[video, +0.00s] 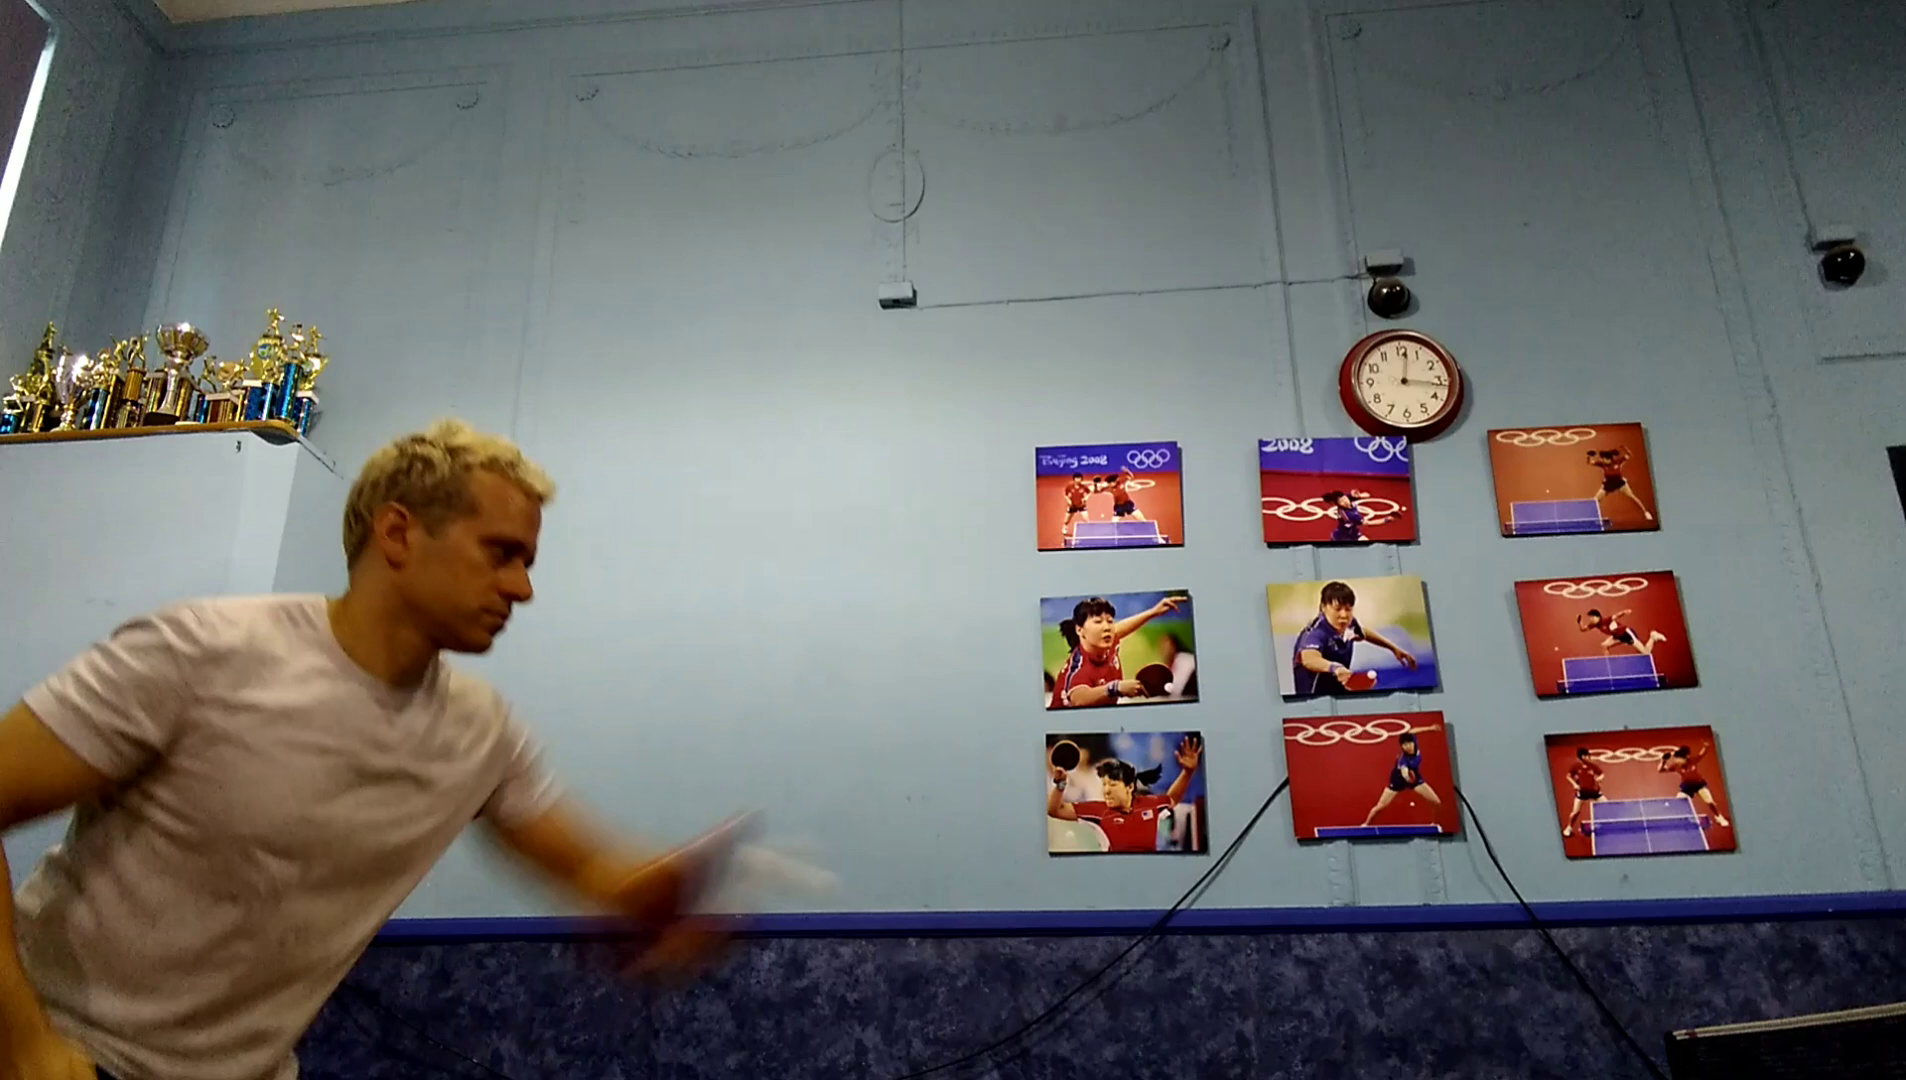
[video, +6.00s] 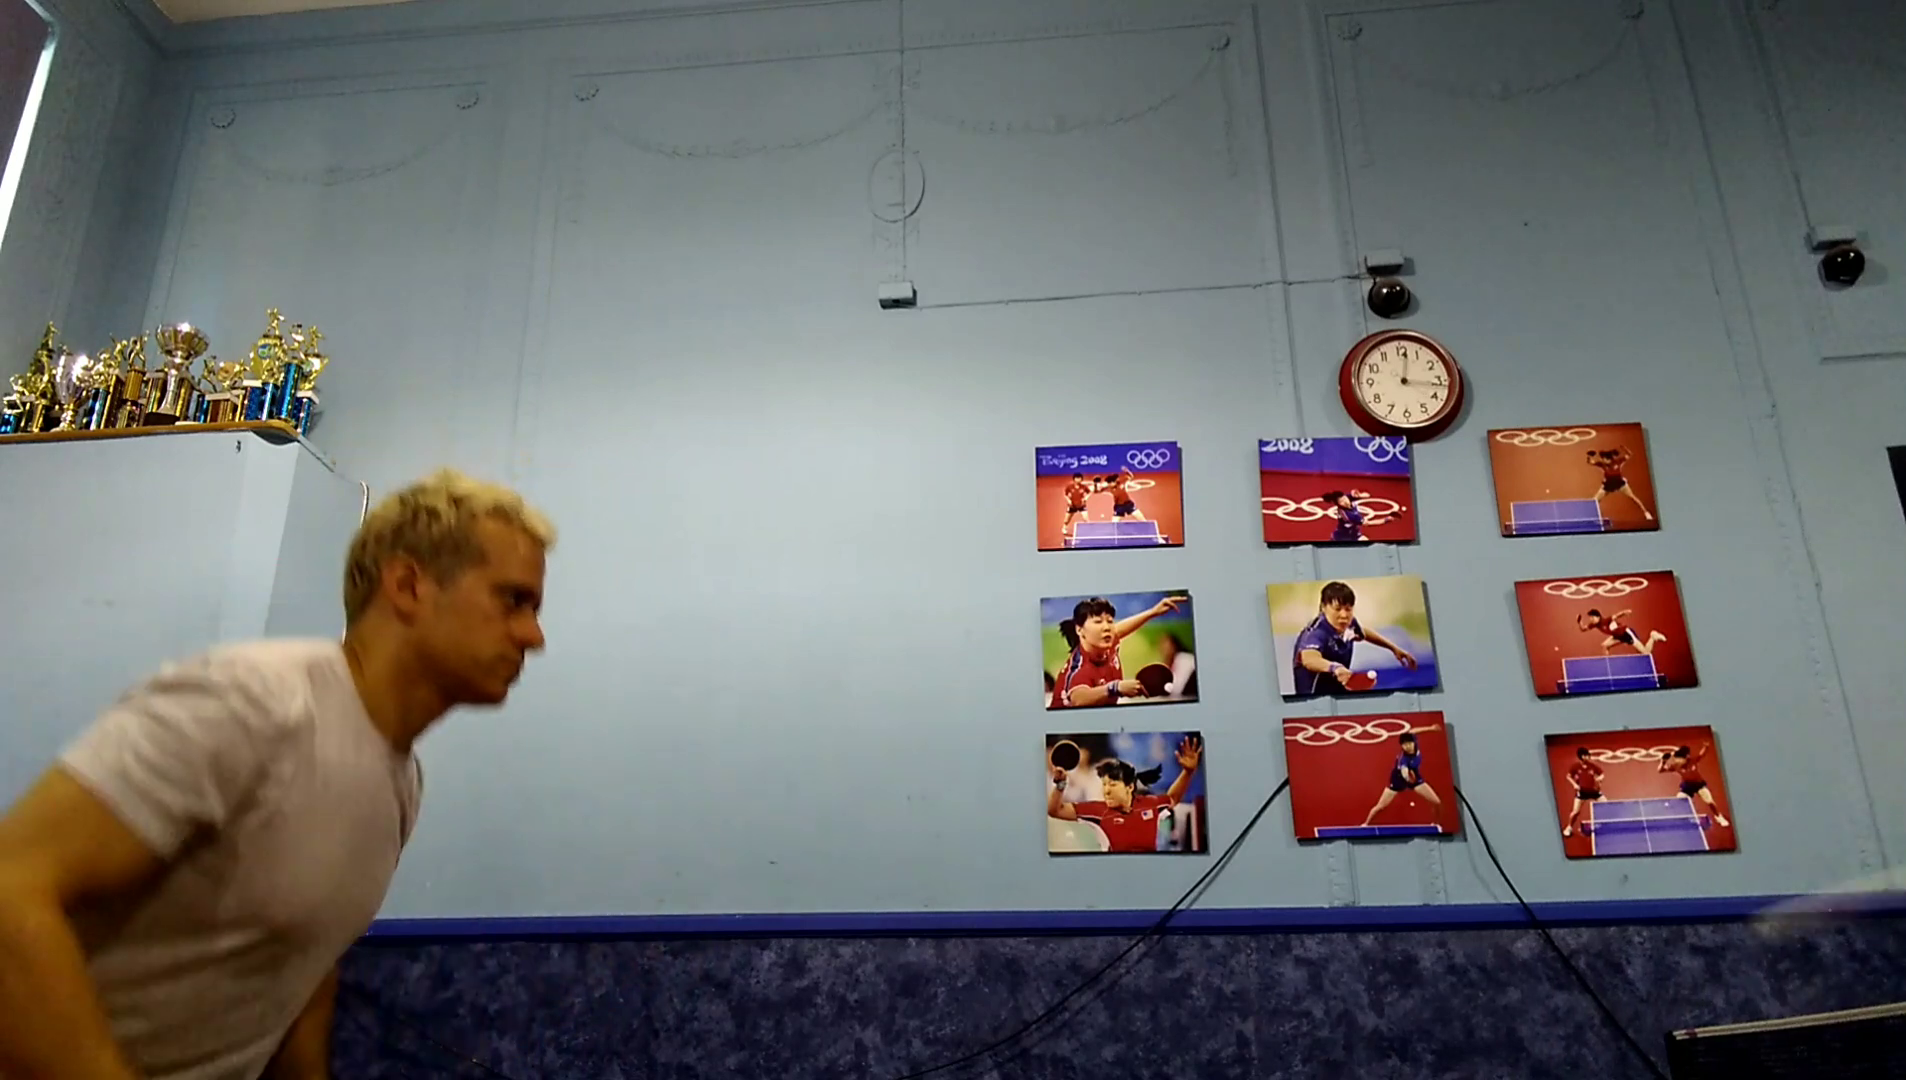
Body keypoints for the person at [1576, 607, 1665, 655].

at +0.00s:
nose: (1591, 621)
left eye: (1592, 618)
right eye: (1590, 619)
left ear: (1597, 617)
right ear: (1592, 619)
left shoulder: (1607, 620)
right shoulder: (1594, 625)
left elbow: (1617, 616)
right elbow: (1583, 630)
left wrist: (1625, 612)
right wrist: (1579, 623)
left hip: (1627, 634)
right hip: (1617, 637)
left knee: (1645, 652)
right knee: (1604, 645)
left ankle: (1653, 636)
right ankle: (1608, 667)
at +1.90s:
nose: (1590, 620)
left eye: (1591, 618)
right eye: (1590, 619)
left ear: (1597, 617)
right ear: (1593, 618)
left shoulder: (1607, 620)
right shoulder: (1594, 625)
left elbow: (1617, 615)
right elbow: (1583, 630)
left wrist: (1625, 612)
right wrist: (1579, 623)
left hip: (1627, 634)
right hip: (1617, 637)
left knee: (1645, 652)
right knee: (1604, 645)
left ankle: (1653, 636)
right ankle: (1608, 667)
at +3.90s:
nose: (1590, 620)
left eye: (1591, 618)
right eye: (1590, 618)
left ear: (1597, 617)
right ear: (1593, 618)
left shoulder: (1606, 621)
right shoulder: (1594, 624)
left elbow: (1617, 616)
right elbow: (1583, 630)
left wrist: (1625, 612)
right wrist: (1579, 623)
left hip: (1627, 634)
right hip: (1617, 637)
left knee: (1646, 652)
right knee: (1604, 645)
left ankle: (1653, 636)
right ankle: (1608, 667)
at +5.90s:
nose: (1590, 620)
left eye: (1591, 618)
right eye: (1590, 618)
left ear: (1597, 617)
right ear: (1593, 618)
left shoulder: (1607, 620)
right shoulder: (1594, 624)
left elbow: (1617, 615)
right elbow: (1583, 630)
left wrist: (1625, 612)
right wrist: (1579, 623)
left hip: (1627, 634)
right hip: (1618, 636)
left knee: (1645, 652)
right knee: (1604, 645)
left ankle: (1653, 636)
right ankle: (1607, 667)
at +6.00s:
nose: (1591, 620)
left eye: (1592, 618)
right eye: (1590, 619)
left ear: (1597, 617)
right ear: (1593, 619)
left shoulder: (1607, 620)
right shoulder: (1594, 625)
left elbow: (1617, 615)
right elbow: (1583, 630)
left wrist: (1626, 612)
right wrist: (1579, 623)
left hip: (1627, 633)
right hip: (1617, 636)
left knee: (1645, 652)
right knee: (1604, 645)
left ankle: (1653, 636)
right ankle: (1608, 667)